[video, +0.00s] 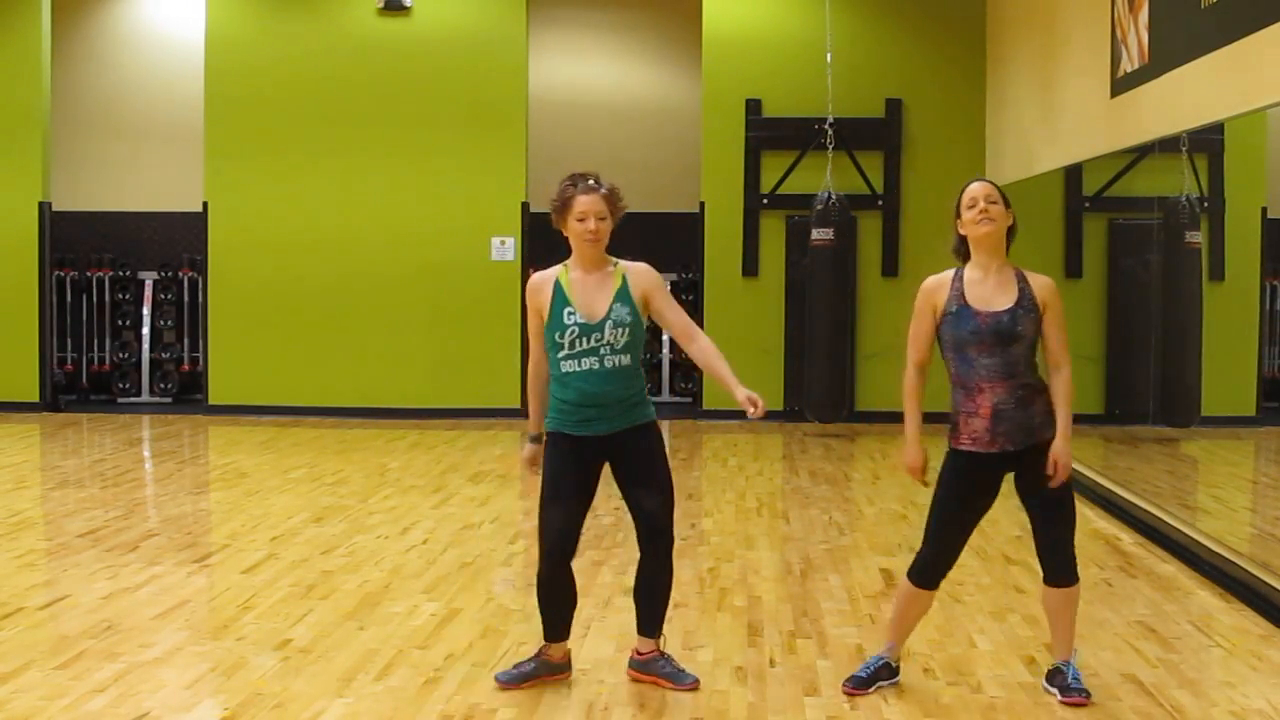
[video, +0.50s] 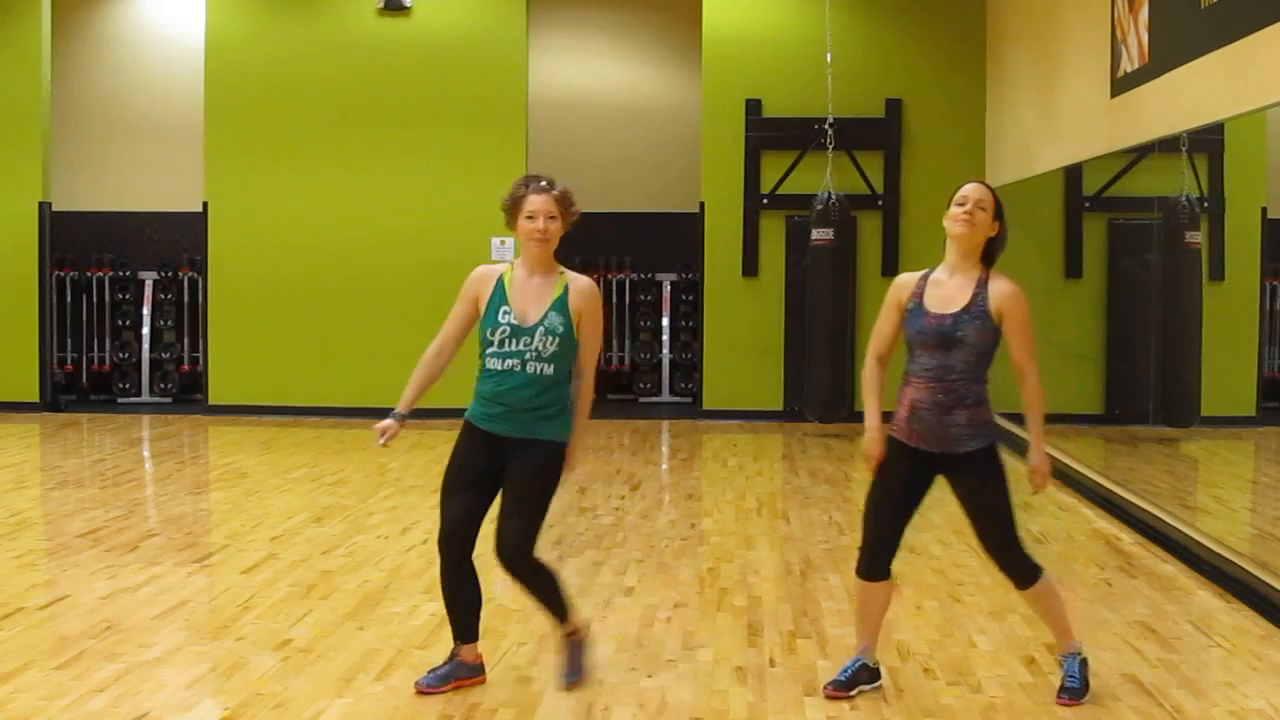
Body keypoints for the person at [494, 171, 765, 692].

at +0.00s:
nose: (594, 227)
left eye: (601, 219)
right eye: (583, 219)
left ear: (612, 224)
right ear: (563, 225)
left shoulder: (640, 279)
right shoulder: (543, 286)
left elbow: (692, 337)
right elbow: (539, 364)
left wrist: (736, 388)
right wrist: (534, 434)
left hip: (634, 430)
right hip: (570, 434)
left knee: (658, 534)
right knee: (553, 548)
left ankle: (647, 651)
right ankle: (555, 653)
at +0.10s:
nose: (587, 224)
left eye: (596, 216)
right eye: (577, 215)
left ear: (608, 223)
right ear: (558, 221)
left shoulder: (631, 278)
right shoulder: (538, 282)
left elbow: (682, 334)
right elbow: (537, 359)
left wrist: (723, 387)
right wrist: (533, 428)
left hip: (632, 429)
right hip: (567, 432)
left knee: (649, 539)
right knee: (529, 539)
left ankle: (658, 646)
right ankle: (536, 646)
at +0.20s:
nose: (576, 220)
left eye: (586, 212)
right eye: (567, 210)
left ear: (597, 220)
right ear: (548, 216)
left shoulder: (614, 276)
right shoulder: (528, 275)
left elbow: (661, 341)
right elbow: (522, 350)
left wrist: (698, 404)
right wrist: (502, 415)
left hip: (614, 428)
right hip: (552, 430)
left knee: (644, 539)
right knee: (512, 538)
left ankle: (686, 640)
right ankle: (485, 650)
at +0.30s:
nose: (560, 219)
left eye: (571, 212)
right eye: (551, 210)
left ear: (583, 220)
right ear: (534, 215)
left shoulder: (597, 280)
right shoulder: (511, 273)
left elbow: (634, 356)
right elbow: (494, 348)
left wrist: (665, 428)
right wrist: (463, 412)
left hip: (582, 431)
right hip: (521, 431)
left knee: (619, 537)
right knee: (491, 538)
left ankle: (689, 635)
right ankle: (474, 655)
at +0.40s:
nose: (549, 220)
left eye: (559, 212)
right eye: (539, 211)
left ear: (572, 221)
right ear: (522, 217)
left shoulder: (585, 284)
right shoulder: (496, 273)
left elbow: (605, 370)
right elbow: (465, 345)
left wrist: (618, 448)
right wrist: (427, 409)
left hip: (555, 433)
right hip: (497, 427)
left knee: (564, 547)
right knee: (469, 538)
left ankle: (648, 622)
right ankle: (470, 655)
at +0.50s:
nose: (541, 226)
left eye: (551, 218)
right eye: (532, 217)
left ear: (564, 226)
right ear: (514, 224)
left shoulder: (581, 292)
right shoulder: (485, 280)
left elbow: (585, 376)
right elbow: (443, 348)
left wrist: (573, 443)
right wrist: (401, 411)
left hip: (542, 438)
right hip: (483, 429)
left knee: (512, 551)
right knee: (454, 541)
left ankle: (573, 629)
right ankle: (467, 656)